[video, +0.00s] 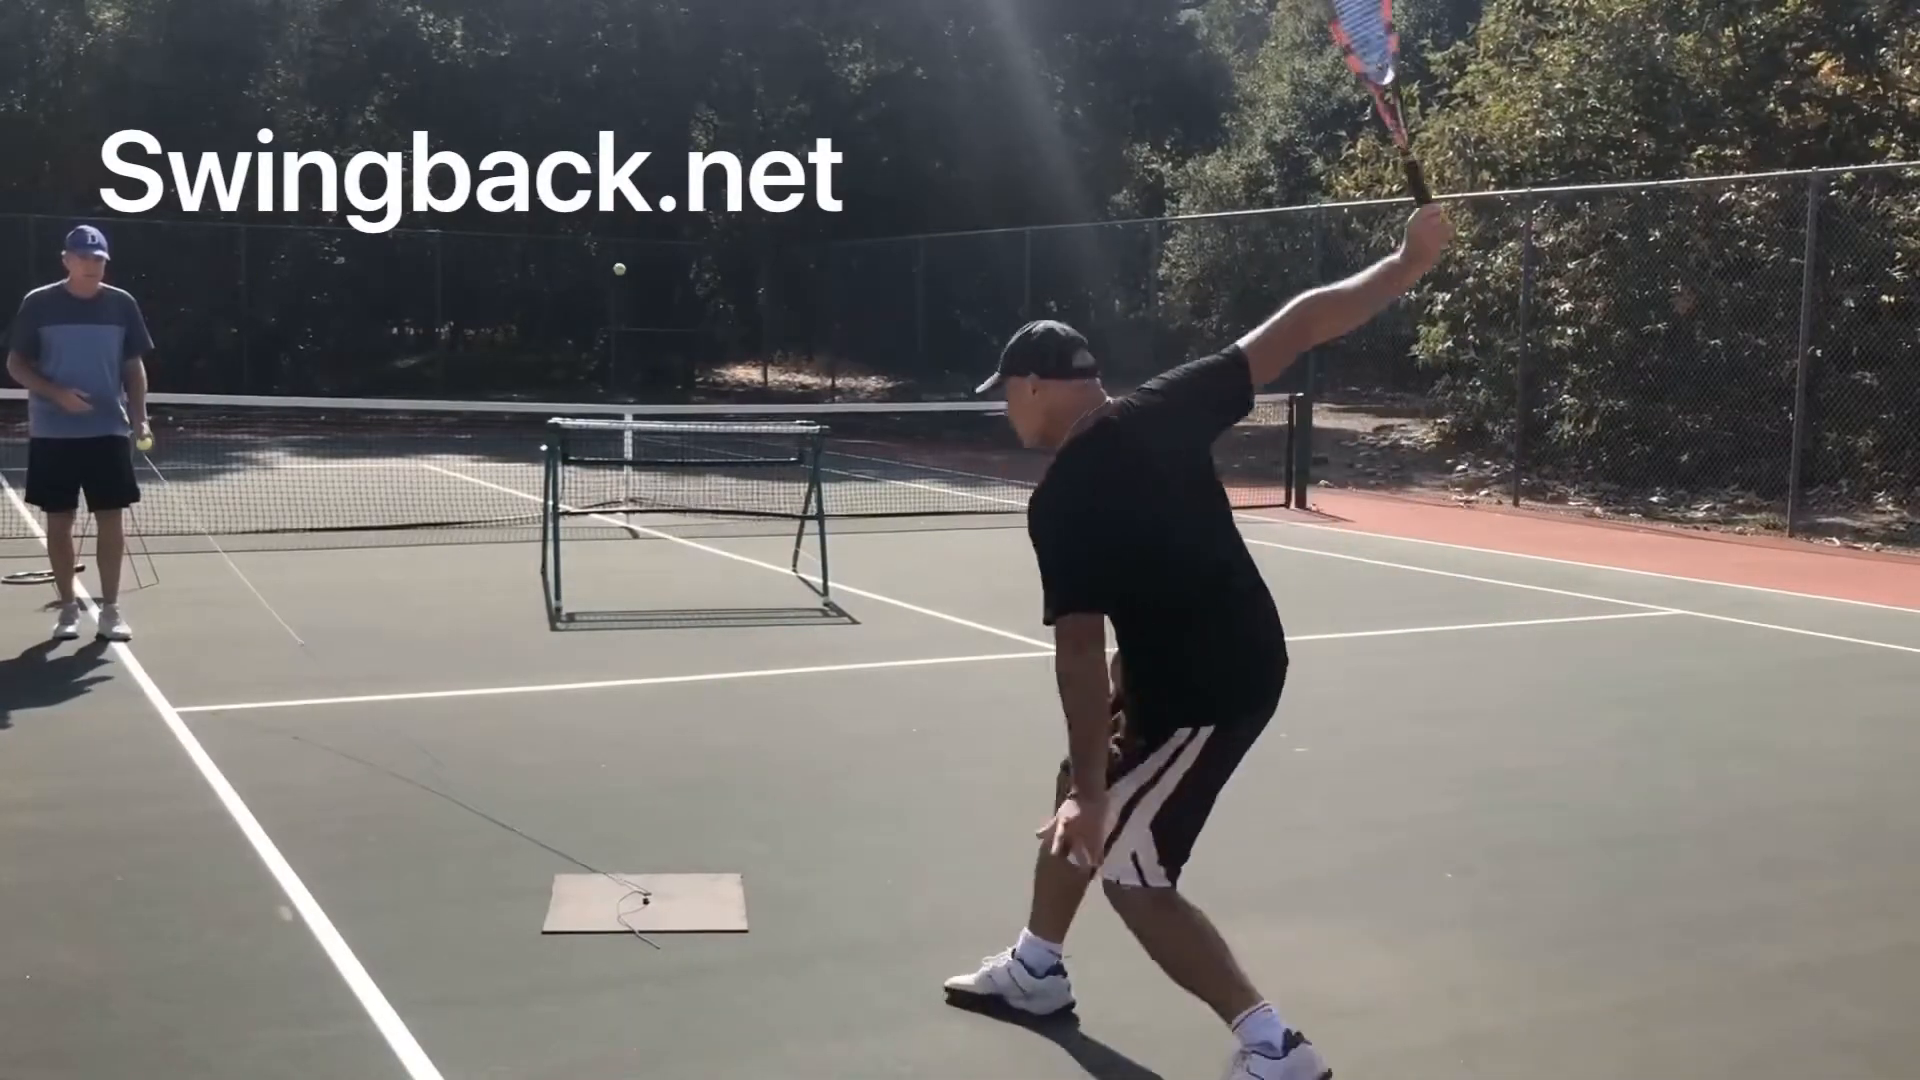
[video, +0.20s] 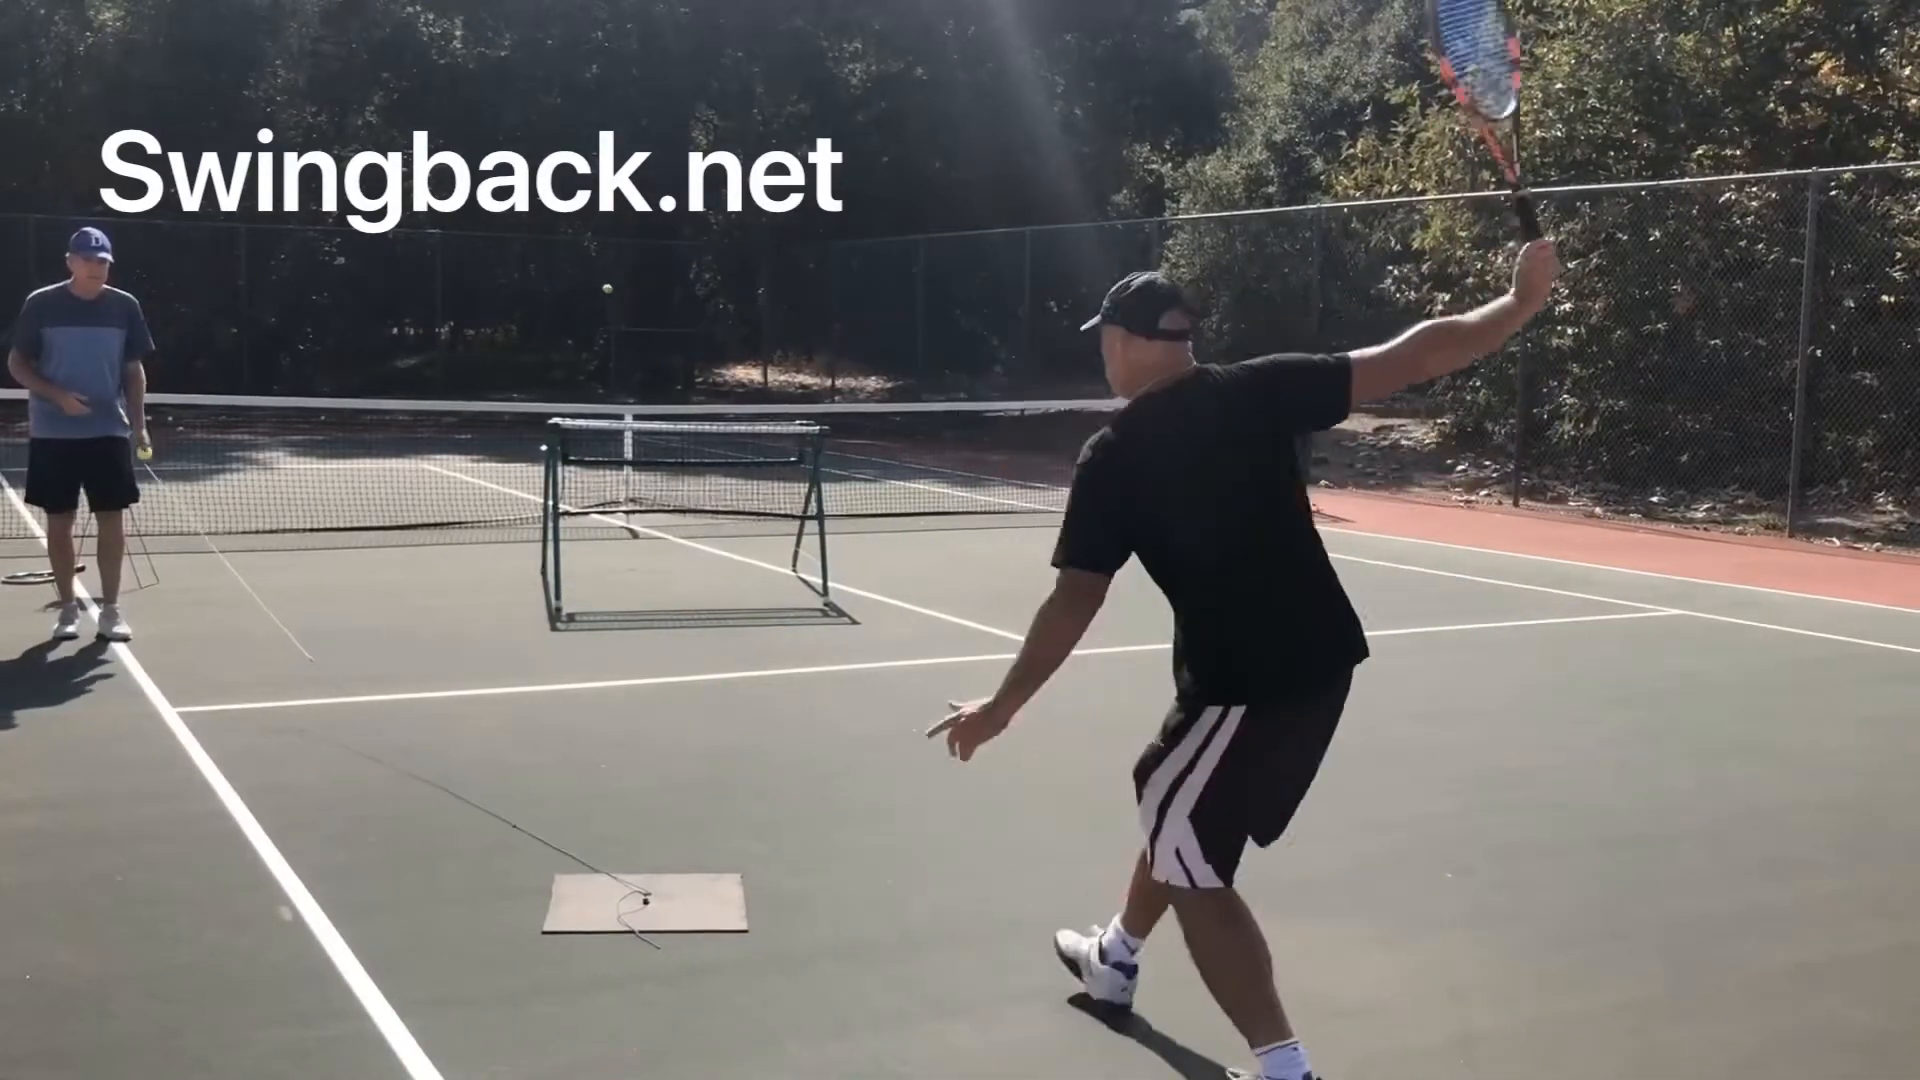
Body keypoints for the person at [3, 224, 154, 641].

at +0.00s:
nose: (91, 267)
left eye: (97, 260)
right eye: (83, 259)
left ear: (106, 263)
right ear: (66, 259)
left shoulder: (121, 304)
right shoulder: (38, 303)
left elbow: (134, 364)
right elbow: (16, 363)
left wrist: (139, 417)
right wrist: (56, 393)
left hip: (108, 435)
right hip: (53, 437)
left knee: (110, 519)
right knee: (59, 521)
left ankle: (110, 609)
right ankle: (69, 607)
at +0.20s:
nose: (97, 270)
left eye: (103, 262)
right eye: (90, 261)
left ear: (111, 265)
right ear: (70, 261)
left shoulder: (125, 306)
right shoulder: (41, 303)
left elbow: (134, 369)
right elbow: (17, 363)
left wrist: (138, 424)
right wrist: (58, 395)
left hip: (108, 435)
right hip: (54, 438)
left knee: (111, 519)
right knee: (59, 521)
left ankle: (110, 609)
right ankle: (68, 607)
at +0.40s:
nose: (102, 271)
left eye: (108, 264)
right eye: (94, 263)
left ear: (117, 268)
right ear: (76, 264)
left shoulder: (131, 312)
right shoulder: (45, 305)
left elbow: (139, 375)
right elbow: (18, 362)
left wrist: (139, 431)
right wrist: (54, 397)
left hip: (108, 438)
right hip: (54, 439)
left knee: (114, 520)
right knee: (59, 521)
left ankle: (111, 609)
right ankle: (68, 606)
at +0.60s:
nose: (103, 263)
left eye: (109, 256)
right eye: (95, 256)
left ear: (117, 260)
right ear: (79, 258)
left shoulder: (135, 304)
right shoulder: (49, 301)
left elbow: (158, 348)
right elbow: (23, 357)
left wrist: (169, 369)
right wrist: (54, 393)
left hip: (112, 435)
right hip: (58, 435)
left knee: (114, 520)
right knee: (60, 520)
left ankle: (110, 609)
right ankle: (68, 607)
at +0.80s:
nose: (108, 248)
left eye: (115, 241)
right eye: (101, 240)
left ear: (123, 249)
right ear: (84, 247)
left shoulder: (135, 288)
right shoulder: (55, 292)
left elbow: (154, 305)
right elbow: (29, 351)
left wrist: (168, 304)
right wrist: (55, 384)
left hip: (113, 423)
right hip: (60, 424)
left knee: (115, 513)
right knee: (60, 513)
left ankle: (113, 608)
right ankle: (65, 605)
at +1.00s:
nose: (114, 254)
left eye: (118, 247)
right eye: (105, 246)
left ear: (126, 254)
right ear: (86, 251)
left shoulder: (137, 293)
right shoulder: (56, 294)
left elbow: (152, 318)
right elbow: (28, 353)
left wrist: (135, 317)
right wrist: (52, 385)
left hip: (114, 426)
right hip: (60, 427)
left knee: (117, 516)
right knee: (54, 514)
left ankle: (113, 608)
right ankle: (48, 606)